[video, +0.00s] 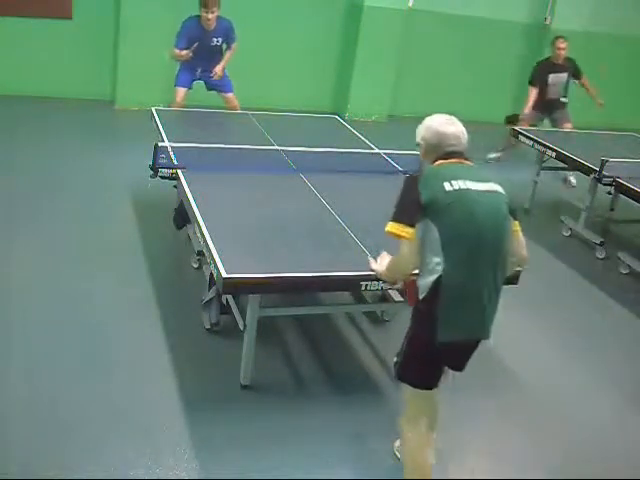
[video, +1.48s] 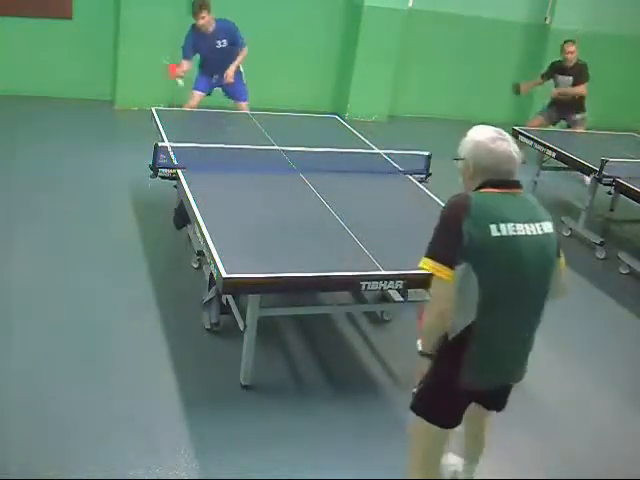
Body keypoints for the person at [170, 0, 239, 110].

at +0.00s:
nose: (209, 17)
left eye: (212, 13)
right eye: (206, 12)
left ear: (218, 12)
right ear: (200, 11)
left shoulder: (225, 25)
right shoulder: (189, 24)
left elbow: (231, 46)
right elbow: (175, 52)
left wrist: (221, 66)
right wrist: (183, 55)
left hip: (213, 66)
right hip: (190, 66)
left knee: (232, 103)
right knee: (178, 101)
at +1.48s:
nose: (200, 23)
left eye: (203, 18)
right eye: (197, 19)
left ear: (210, 16)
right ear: (194, 19)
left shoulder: (227, 27)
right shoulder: (194, 32)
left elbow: (243, 50)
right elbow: (187, 59)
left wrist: (232, 69)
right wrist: (181, 69)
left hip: (230, 70)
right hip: (207, 72)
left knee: (243, 108)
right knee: (192, 104)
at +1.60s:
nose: (187, 33)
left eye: (189, 28)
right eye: (184, 29)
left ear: (198, 23)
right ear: (182, 29)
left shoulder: (219, 31)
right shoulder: (186, 43)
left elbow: (243, 46)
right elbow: (186, 70)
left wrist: (235, 71)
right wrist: (172, 79)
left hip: (230, 72)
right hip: (208, 74)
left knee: (243, 109)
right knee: (191, 104)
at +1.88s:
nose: (177, 38)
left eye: (178, 33)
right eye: (174, 35)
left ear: (186, 28)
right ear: (172, 34)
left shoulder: (208, 31)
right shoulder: (176, 47)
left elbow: (233, 42)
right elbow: (179, 73)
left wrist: (230, 68)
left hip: (221, 72)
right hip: (198, 74)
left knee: (236, 107)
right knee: (184, 104)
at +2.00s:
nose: (182, 28)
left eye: (184, 23)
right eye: (178, 25)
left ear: (190, 18)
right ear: (175, 26)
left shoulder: (208, 25)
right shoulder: (176, 40)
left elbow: (230, 37)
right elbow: (181, 73)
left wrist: (226, 63)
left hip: (216, 67)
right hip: (194, 71)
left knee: (235, 105)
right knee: (185, 102)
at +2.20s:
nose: (193, 11)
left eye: (196, 6)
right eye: (190, 8)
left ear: (201, 5)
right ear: (186, 9)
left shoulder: (213, 16)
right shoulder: (181, 28)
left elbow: (228, 30)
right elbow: (176, 61)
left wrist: (228, 56)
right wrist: (198, 78)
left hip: (213, 63)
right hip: (190, 67)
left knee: (231, 100)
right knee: (185, 102)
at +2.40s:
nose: (210, 3)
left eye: (212, 1)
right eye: (206, 1)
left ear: (215, 1)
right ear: (201, 2)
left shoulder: (223, 11)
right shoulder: (189, 16)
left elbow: (235, 31)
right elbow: (174, 41)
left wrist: (236, 54)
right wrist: (181, 64)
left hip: (214, 63)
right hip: (192, 64)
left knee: (230, 100)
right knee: (186, 102)